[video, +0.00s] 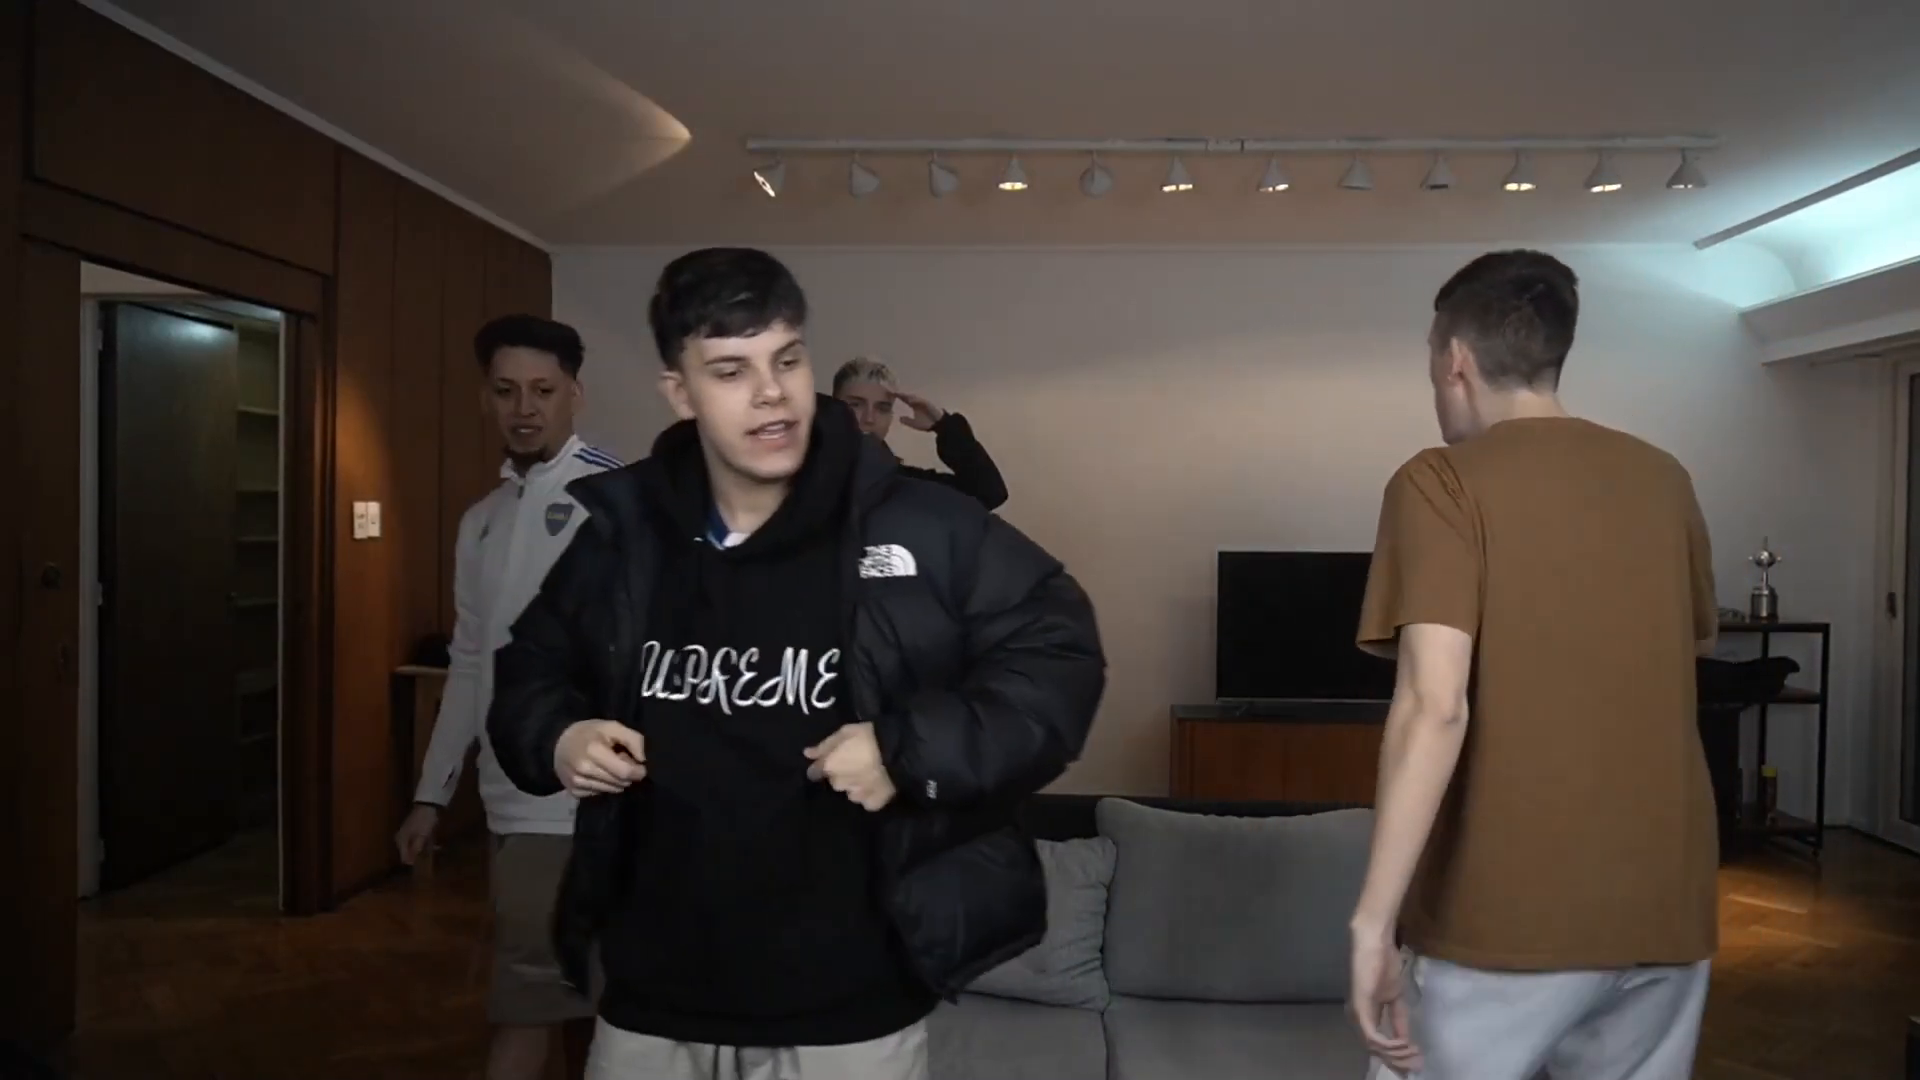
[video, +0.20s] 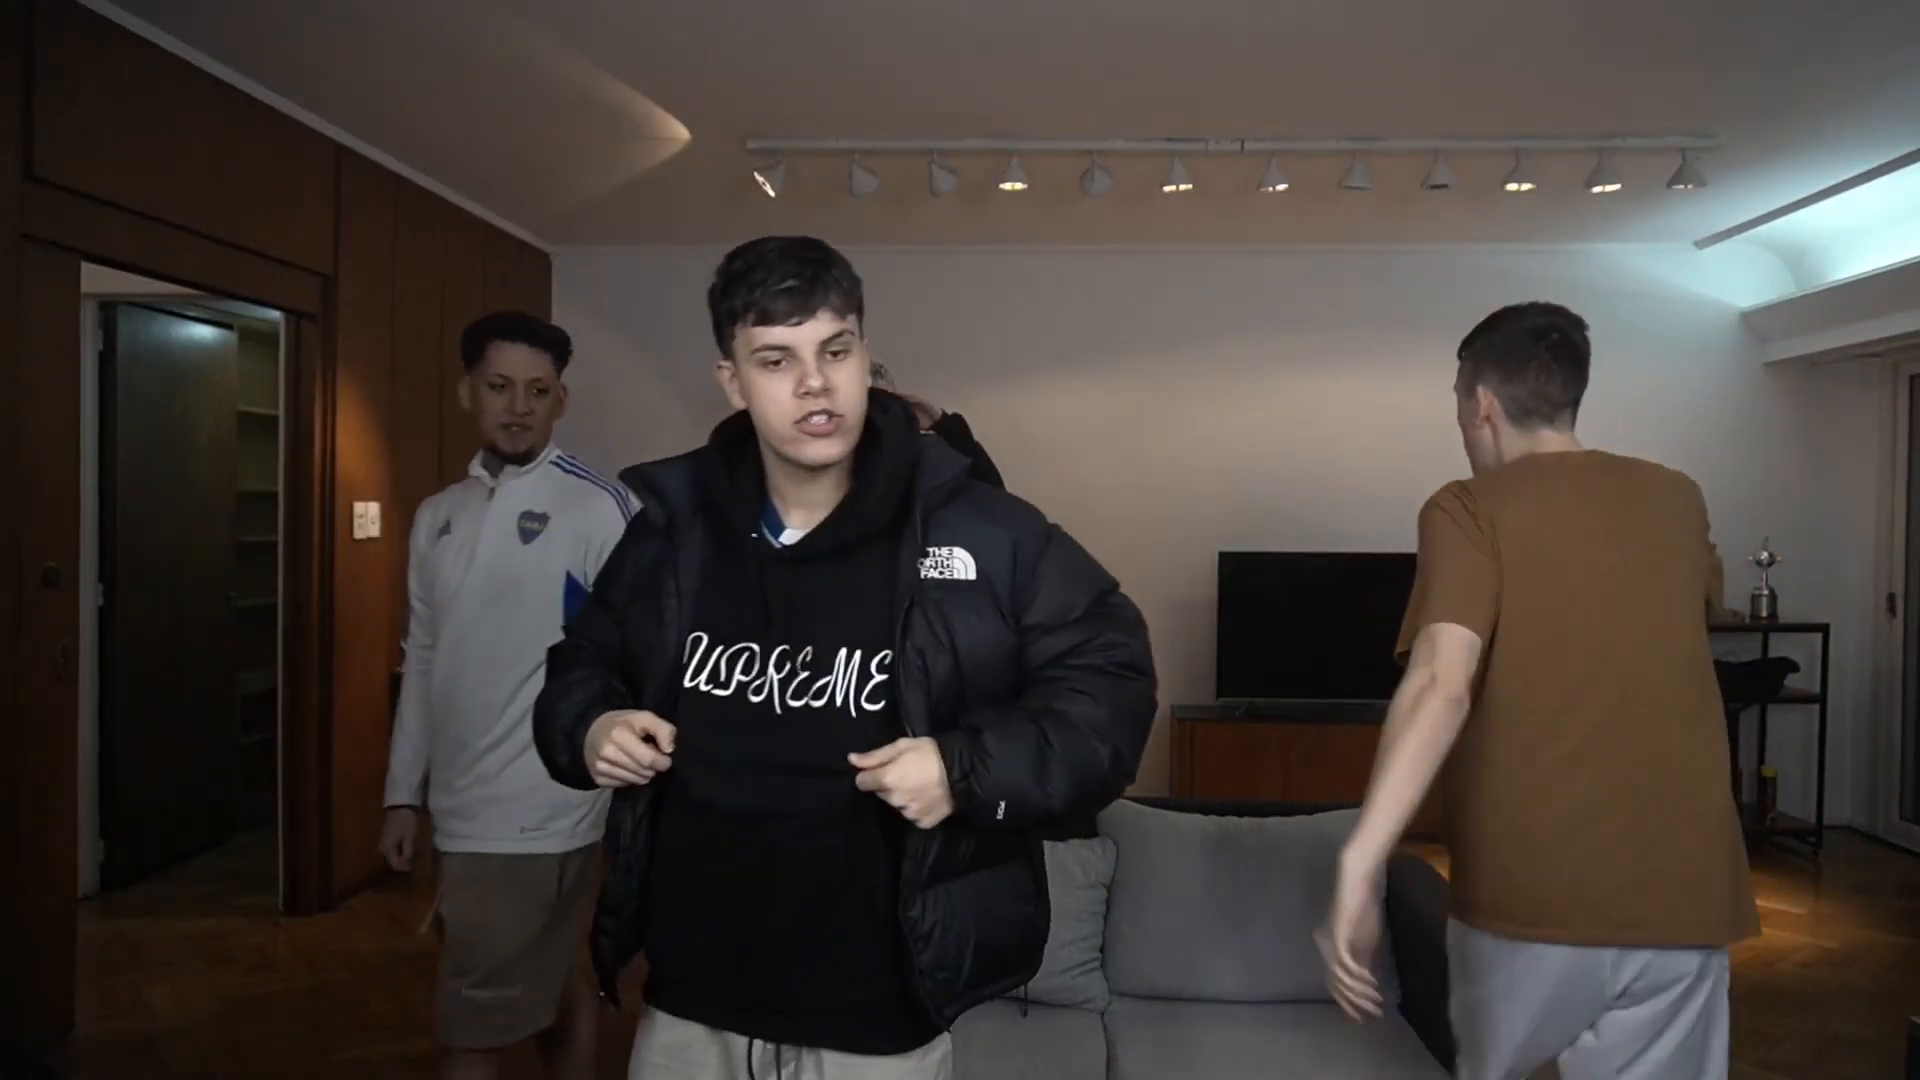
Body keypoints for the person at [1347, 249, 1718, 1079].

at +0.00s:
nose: (1435, 390)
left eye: (1434, 366)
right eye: (1436, 365)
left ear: (1456, 364)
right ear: (1555, 358)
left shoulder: (1445, 479)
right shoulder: (1664, 477)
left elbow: (1433, 708)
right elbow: (1691, 650)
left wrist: (1373, 921)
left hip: (1501, 932)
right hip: (1669, 927)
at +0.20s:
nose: (1460, 430)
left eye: (1460, 407)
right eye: (1459, 407)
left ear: (1485, 408)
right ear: (1573, 401)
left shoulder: (1471, 509)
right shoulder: (1678, 498)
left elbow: (1443, 682)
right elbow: (1707, 602)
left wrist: (1361, 864)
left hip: (1528, 915)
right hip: (1687, 909)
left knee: (1490, 1067)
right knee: (1661, 1068)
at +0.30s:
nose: (1458, 424)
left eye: (1456, 402)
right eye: (1454, 403)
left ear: (1486, 400)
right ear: (1563, 388)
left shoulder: (1481, 497)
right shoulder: (1670, 478)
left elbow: (1425, 651)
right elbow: (1709, 555)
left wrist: (1303, 790)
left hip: (1537, 865)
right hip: (1682, 865)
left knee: (1526, 1065)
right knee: (1658, 1070)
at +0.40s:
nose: (1450, 423)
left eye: (1450, 403)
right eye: (1446, 405)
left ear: (1487, 397)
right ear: (1554, 383)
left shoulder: (1485, 493)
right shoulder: (1666, 458)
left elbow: (1411, 641)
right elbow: (1719, 550)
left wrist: (1266, 764)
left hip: (1559, 828)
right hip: (1702, 827)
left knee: (1550, 1046)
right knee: (1644, 1053)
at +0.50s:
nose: (1453, 446)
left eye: (1452, 426)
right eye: (1448, 427)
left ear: (1488, 416)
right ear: (1553, 403)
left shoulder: (1488, 513)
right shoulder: (1672, 476)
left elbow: (1391, 659)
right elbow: (1741, 563)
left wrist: (1249, 759)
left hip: (1567, 825)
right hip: (1709, 823)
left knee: (1562, 1047)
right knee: (1655, 1036)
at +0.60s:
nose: (1455, 456)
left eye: (1455, 435)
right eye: (1451, 437)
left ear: (1494, 428)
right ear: (1550, 415)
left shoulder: (1497, 519)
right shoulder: (1667, 481)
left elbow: (1386, 647)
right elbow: (1758, 565)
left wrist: (1252, 724)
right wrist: (1677, 622)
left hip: (1588, 811)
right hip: (1723, 796)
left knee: (1571, 1031)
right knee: (1679, 992)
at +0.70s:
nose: (1470, 449)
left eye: (1471, 430)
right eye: (1466, 431)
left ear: (1511, 422)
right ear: (1556, 414)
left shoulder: (1506, 505)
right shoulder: (1673, 476)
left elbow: (1390, 599)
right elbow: (1777, 549)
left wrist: (1238, 651)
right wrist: (1691, 600)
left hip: (1606, 790)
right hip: (1728, 773)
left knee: (1598, 1010)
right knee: (1696, 978)